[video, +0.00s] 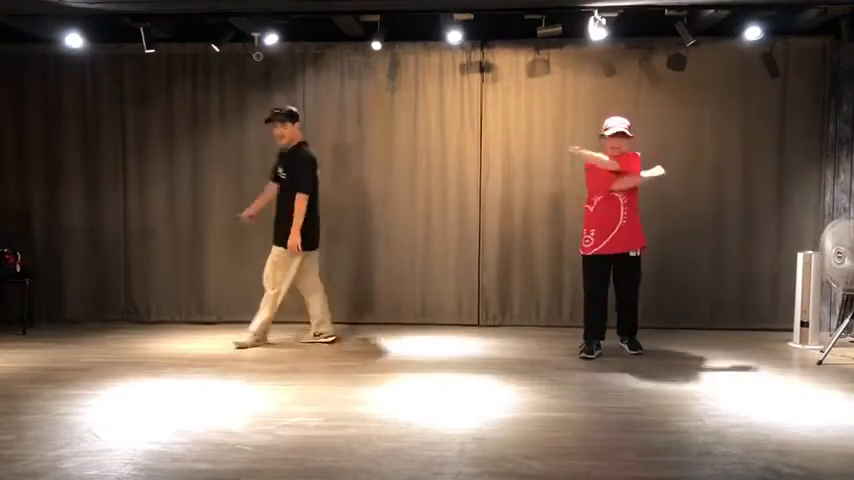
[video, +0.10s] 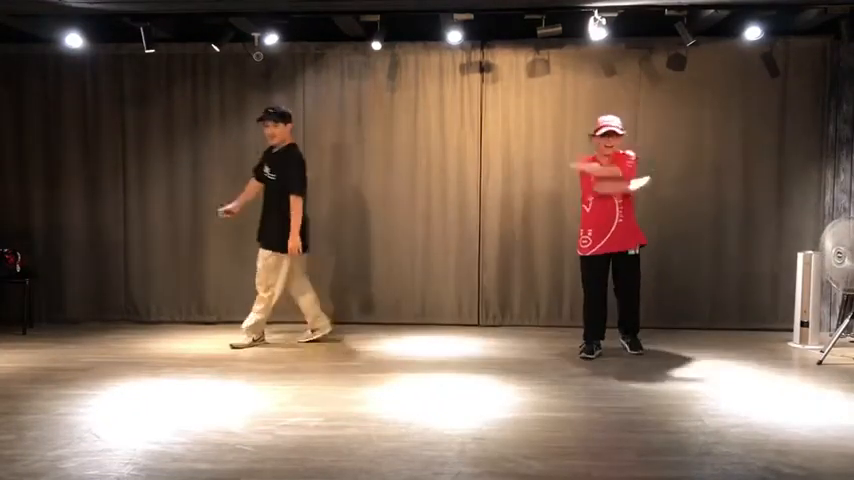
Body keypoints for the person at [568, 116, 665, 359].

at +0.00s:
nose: (616, 142)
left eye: (621, 137)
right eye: (611, 137)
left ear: (629, 141)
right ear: (603, 140)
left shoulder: (635, 161)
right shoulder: (593, 166)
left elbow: (611, 164)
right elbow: (616, 184)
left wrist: (584, 153)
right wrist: (646, 175)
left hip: (627, 240)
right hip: (597, 241)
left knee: (628, 293)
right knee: (595, 294)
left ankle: (628, 336)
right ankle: (592, 340)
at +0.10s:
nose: (609, 141)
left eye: (614, 136)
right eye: (604, 136)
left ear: (621, 139)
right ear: (594, 139)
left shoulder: (628, 158)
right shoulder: (587, 164)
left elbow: (623, 172)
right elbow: (596, 187)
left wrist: (586, 168)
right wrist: (628, 186)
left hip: (625, 238)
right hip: (594, 239)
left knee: (629, 291)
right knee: (594, 293)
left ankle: (629, 334)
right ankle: (592, 340)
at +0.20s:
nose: (601, 141)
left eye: (605, 136)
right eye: (595, 137)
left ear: (612, 139)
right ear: (587, 141)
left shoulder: (624, 162)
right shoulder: (579, 168)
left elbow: (647, 187)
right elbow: (564, 201)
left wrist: (633, 187)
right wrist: (573, 210)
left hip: (622, 240)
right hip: (590, 242)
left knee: (629, 291)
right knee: (591, 294)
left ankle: (630, 334)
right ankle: (592, 340)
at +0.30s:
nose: (590, 139)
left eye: (594, 133)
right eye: (585, 136)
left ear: (604, 136)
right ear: (581, 141)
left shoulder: (622, 163)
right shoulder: (575, 168)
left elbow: (648, 178)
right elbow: (553, 186)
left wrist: (673, 187)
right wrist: (529, 195)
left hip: (619, 243)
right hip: (586, 246)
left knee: (627, 294)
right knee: (589, 297)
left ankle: (629, 334)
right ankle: (591, 341)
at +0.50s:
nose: (591, 146)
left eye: (596, 141)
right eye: (586, 142)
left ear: (606, 142)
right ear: (581, 144)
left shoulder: (620, 163)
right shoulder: (573, 166)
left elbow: (645, 177)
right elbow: (546, 177)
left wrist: (668, 187)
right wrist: (524, 183)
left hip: (616, 246)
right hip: (584, 248)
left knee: (618, 298)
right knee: (588, 299)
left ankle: (621, 344)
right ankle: (591, 342)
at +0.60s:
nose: (591, 153)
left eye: (596, 148)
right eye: (587, 148)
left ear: (608, 145)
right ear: (582, 146)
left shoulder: (621, 166)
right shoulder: (574, 171)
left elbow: (645, 192)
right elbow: (551, 198)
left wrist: (625, 197)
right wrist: (559, 212)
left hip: (614, 248)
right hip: (583, 249)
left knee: (614, 298)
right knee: (586, 298)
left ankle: (616, 344)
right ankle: (590, 342)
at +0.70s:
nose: (595, 151)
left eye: (600, 145)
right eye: (591, 145)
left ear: (612, 145)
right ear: (586, 146)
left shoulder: (623, 164)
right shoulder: (579, 170)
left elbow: (608, 178)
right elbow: (593, 198)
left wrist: (577, 171)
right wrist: (626, 201)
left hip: (613, 247)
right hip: (583, 247)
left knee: (610, 299)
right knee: (586, 298)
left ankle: (609, 347)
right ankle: (590, 343)